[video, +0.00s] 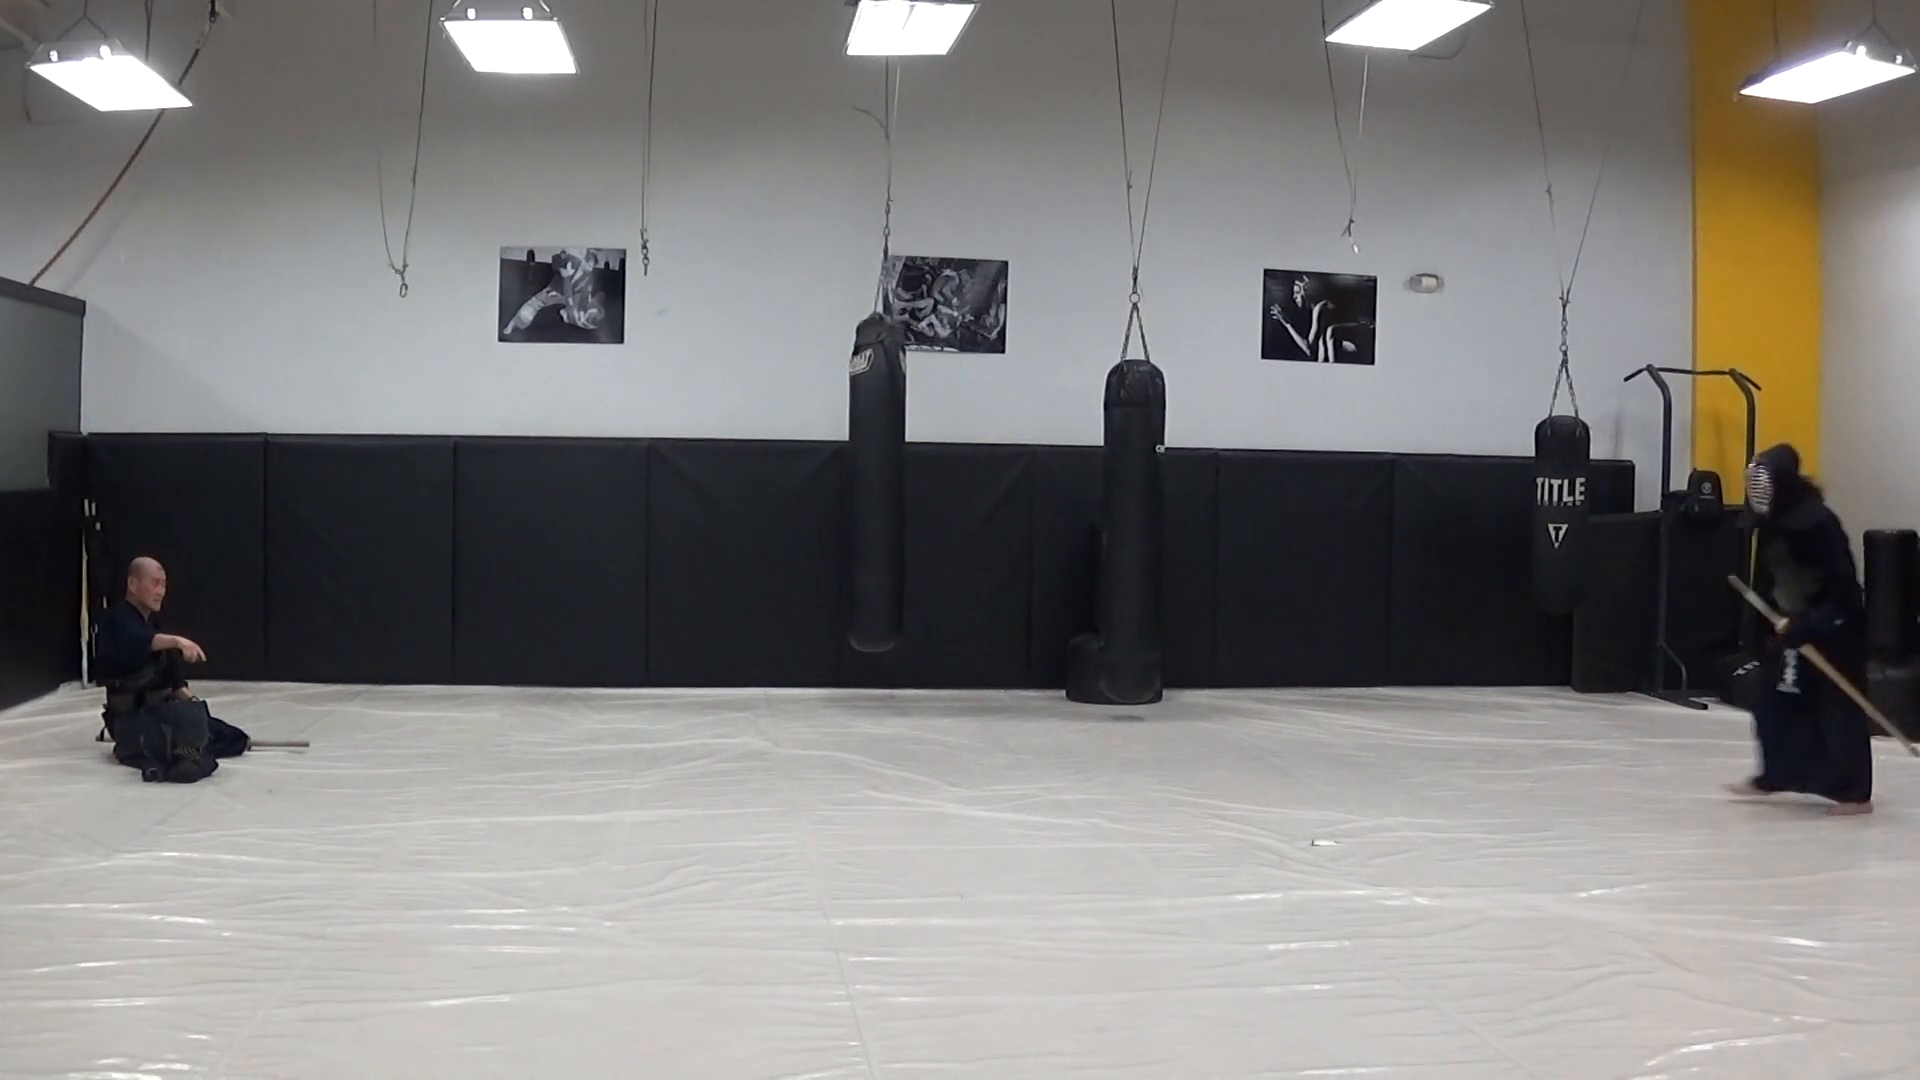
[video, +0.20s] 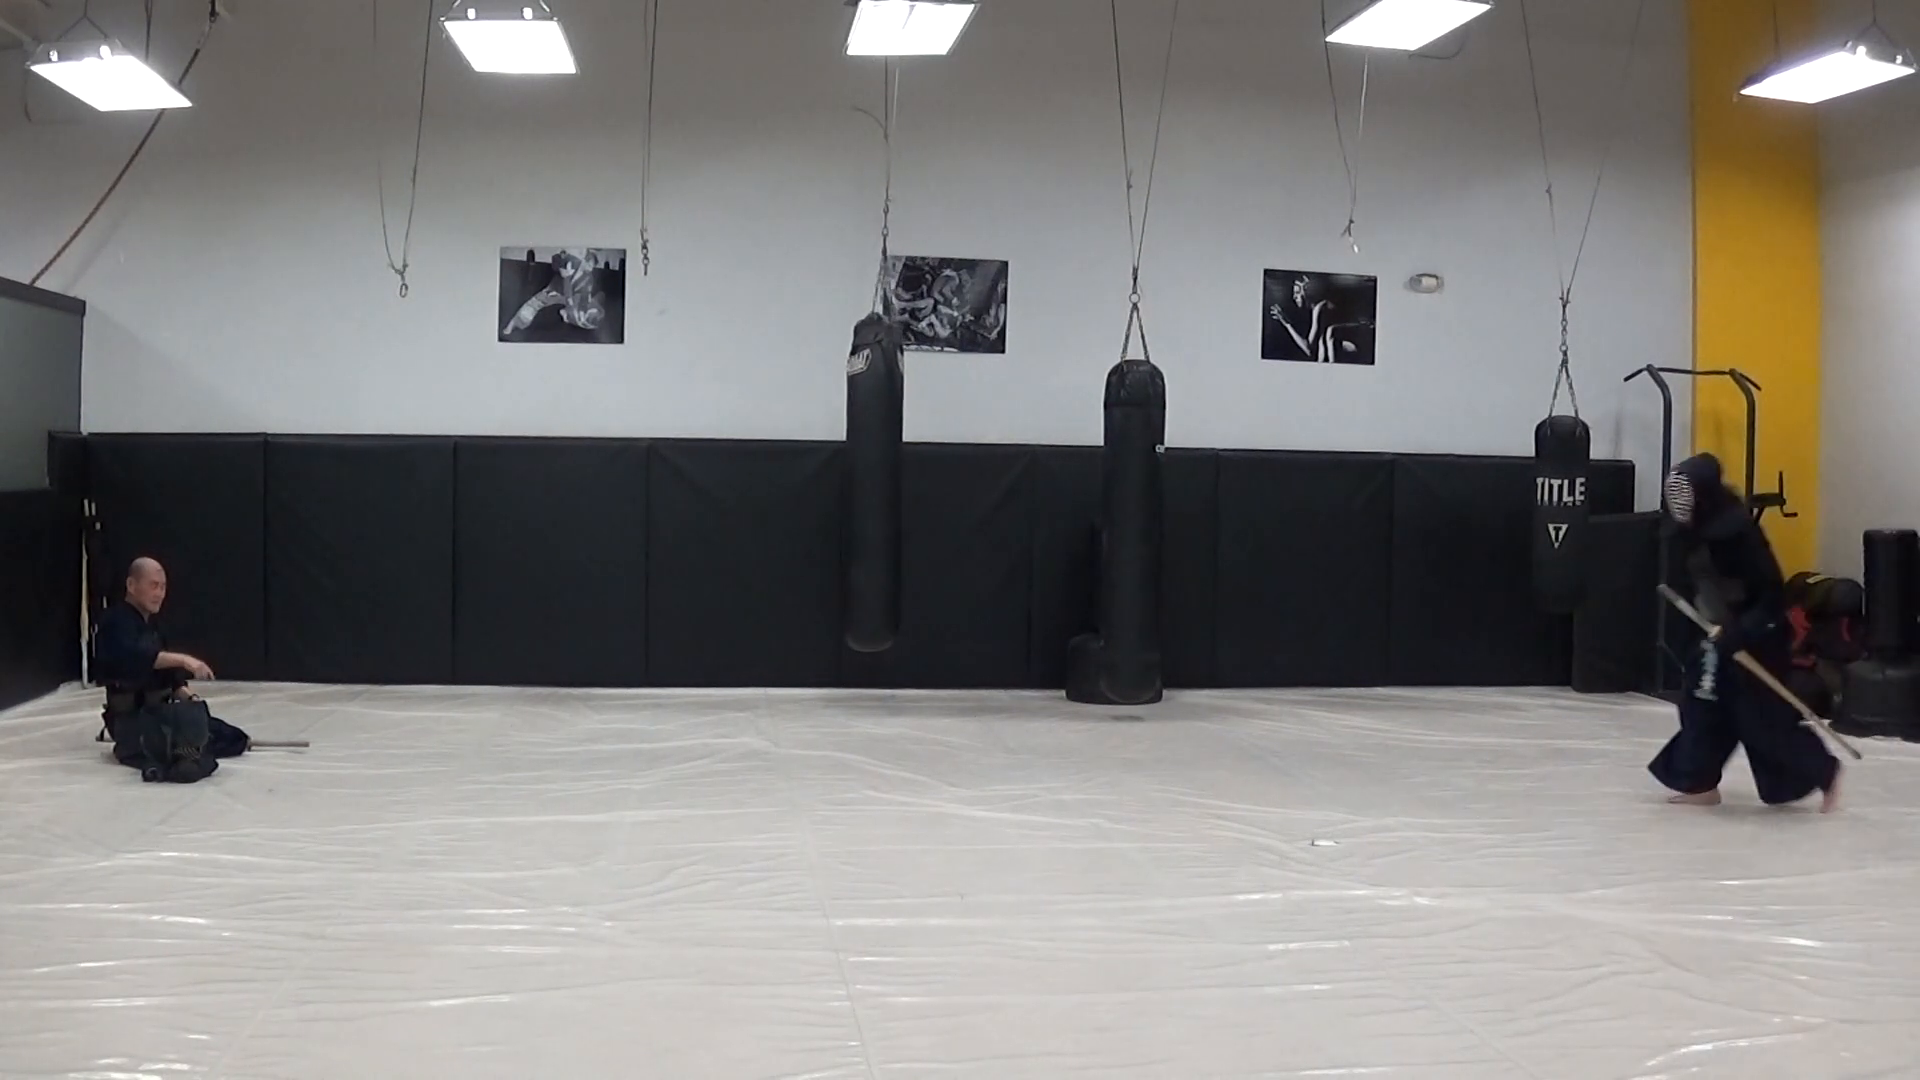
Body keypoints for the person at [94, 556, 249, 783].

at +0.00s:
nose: (161, 591)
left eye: (163, 585)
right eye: (155, 583)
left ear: (165, 587)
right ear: (132, 585)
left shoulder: (152, 622)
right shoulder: (116, 618)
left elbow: (171, 675)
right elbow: (136, 639)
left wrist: (190, 702)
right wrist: (176, 642)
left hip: (163, 712)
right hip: (129, 717)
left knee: (236, 740)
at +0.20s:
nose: (160, 593)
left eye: (163, 587)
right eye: (154, 585)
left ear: (165, 588)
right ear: (131, 586)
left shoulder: (152, 624)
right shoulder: (115, 621)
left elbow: (164, 672)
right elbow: (131, 654)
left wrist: (187, 697)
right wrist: (183, 660)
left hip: (162, 711)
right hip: (129, 718)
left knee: (236, 739)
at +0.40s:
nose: (157, 598)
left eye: (162, 592)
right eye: (150, 590)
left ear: (167, 592)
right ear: (131, 588)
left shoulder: (157, 626)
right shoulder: (114, 623)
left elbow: (170, 672)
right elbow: (124, 674)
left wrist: (182, 693)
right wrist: (172, 690)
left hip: (162, 711)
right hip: (129, 717)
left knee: (236, 740)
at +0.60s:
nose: (159, 599)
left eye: (164, 593)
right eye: (153, 591)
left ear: (169, 593)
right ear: (133, 588)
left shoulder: (158, 627)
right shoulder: (115, 624)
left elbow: (172, 678)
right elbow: (109, 677)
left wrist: (190, 699)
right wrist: (149, 698)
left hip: (166, 709)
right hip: (129, 714)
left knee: (235, 740)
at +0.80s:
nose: (160, 598)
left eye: (165, 592)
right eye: (154, 591)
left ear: (169, 592)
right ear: (134, 588)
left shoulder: (161, 628)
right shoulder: (114, 624)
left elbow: (173, 677)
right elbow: (106, 674)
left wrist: (191, 698)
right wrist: (142, 700)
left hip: (169, 710)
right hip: (129, 715)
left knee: (237, 740)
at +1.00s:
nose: (159, 595)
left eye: (163, 588)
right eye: (153, 586)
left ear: (168, 590)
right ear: (132, 586)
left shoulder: (159, 626)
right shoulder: (114, 624)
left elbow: (172, 676)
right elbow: (113, 677)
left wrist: (190, 696)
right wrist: (140, 713)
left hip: (166, 708)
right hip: (128, 712)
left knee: (236, 740)